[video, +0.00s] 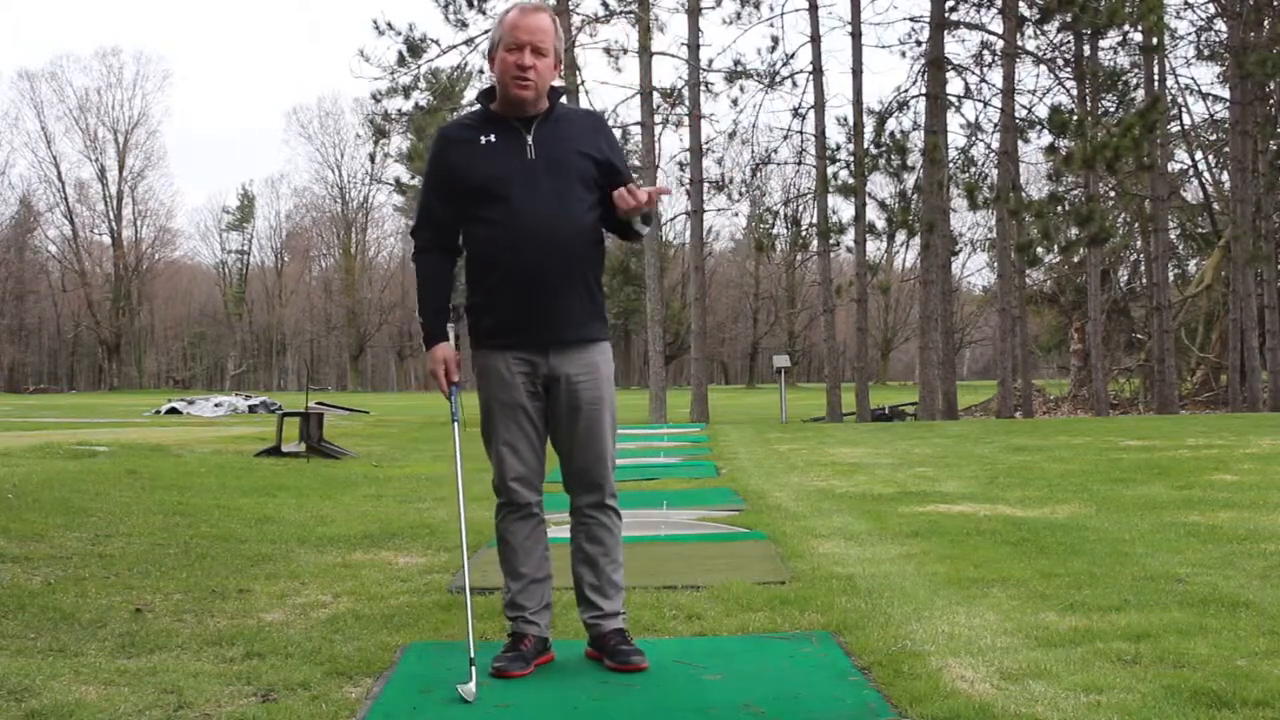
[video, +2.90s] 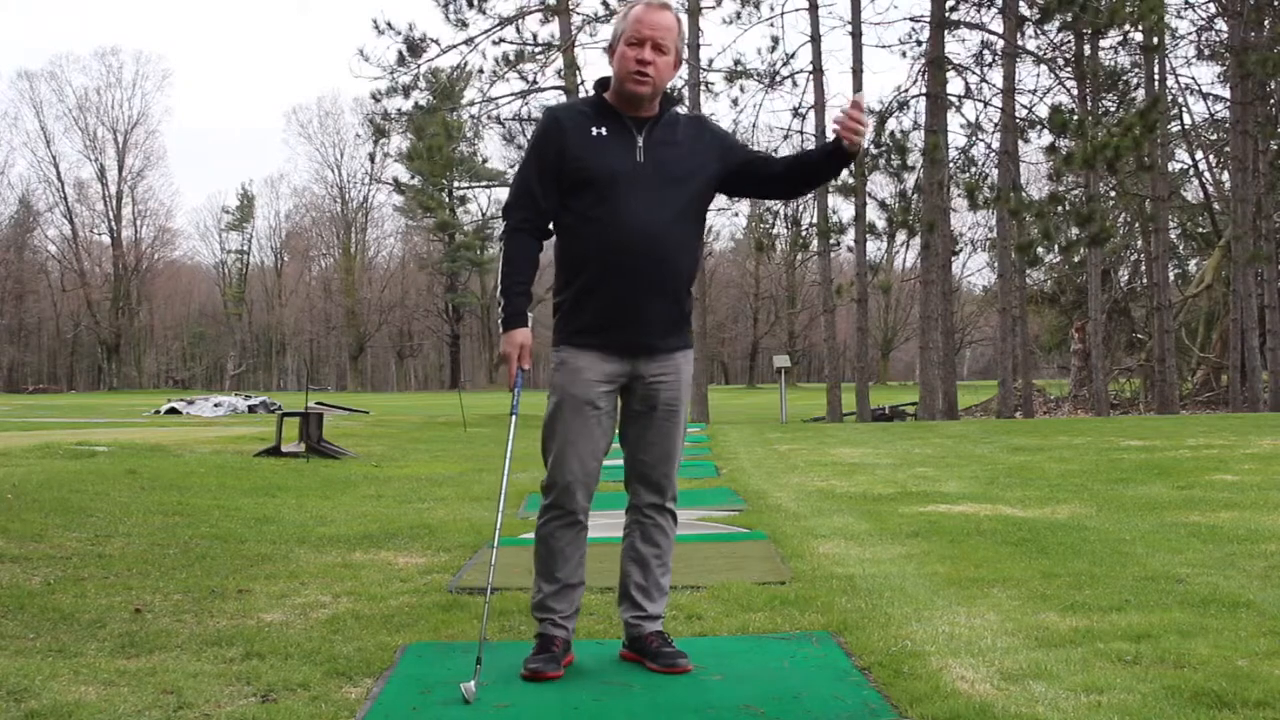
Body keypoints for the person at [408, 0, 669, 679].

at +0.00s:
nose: (525, 61)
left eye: (538, 50)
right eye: (513, 48)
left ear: (557, 62)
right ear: (492, 57)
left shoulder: (589, 130)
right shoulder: (456, 142)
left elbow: (624, 224)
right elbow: (434, 243)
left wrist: (631, 210)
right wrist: (436, 334)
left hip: (582, 340)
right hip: (499, 345)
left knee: (596, 493)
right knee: (517, 496)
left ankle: (608, 627)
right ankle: (528, 630)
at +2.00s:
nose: (543, 61)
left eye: (556, 52)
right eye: (531, 47)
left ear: (569, 66)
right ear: (503, 56)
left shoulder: (594, 130)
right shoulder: (460, 138)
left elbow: (664, 194)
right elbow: (428, 239)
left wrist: (642, 163)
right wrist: (437, 337)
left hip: (587, 338)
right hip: (505, 346)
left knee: (620, 486)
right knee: (519, 495)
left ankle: (642, 626)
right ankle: (527, 631)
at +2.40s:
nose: (597, 57)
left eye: (611, 50)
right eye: (587, 43)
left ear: (623, 66)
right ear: (559, 50)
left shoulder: (649, 137)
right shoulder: (510, 132)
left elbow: (720, 181)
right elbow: (473, 234)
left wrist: (741, 140)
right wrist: (476, 328)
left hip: (629, 344)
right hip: (545, 345)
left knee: (636, 494)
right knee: (539, 495)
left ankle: (644, 628)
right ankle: (530, 630)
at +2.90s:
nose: (643, 56)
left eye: (658, 48)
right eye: (634, 44)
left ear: (676, 65)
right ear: (611, 53)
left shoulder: (701, 140)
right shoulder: (564, 129)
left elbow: (776, 179)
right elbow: (523, 227)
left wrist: (840, 149)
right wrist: (515, 319)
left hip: (666, 347)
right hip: (583, 343)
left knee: (655, 496)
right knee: (566, 494)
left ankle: (645, 629)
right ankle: (553, 632)